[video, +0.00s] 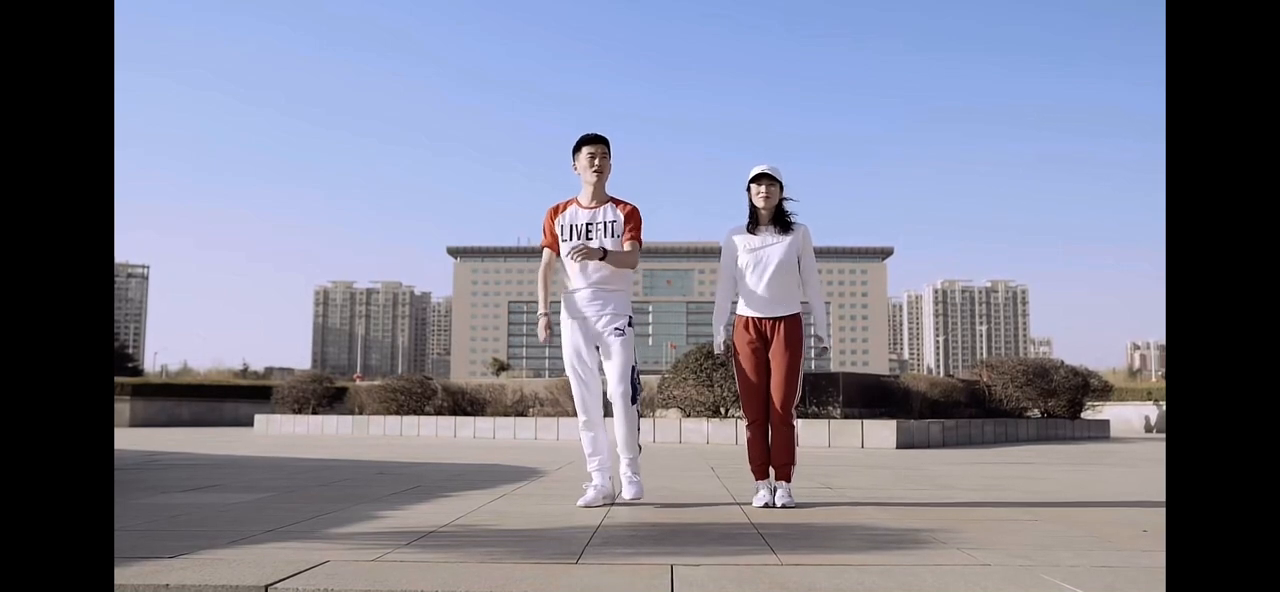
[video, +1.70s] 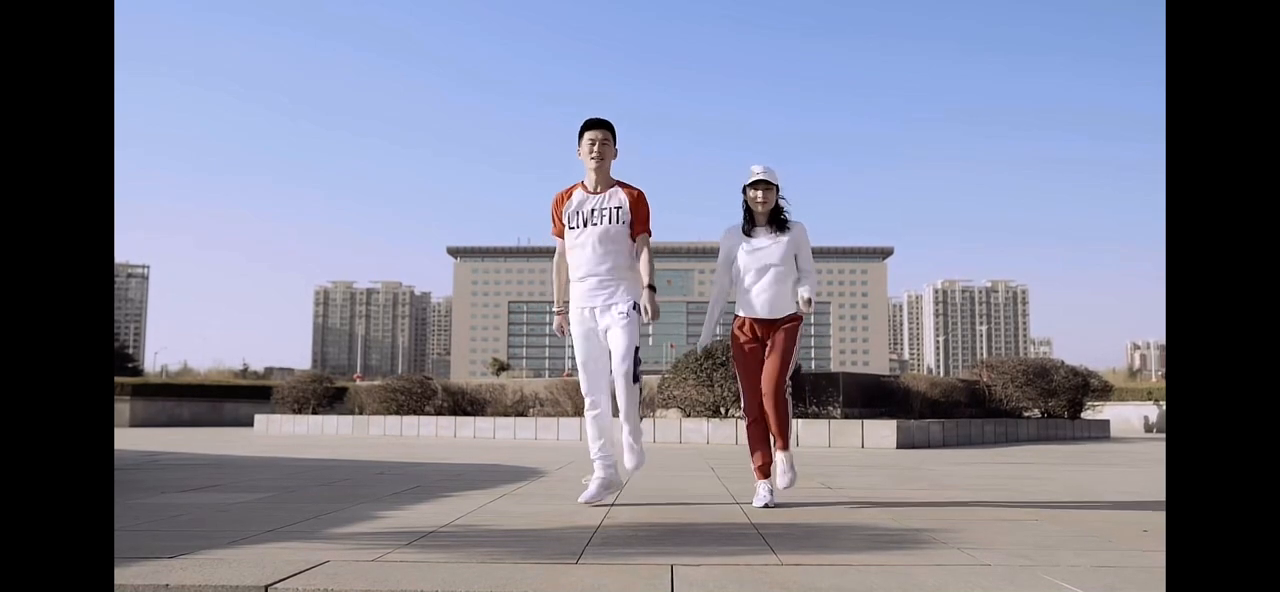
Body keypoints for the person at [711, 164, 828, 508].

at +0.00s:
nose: (763, 190)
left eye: (770, 185)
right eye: (757, 185)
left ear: (781, 193)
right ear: (749, 193)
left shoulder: (798, 233)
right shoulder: (735, 238)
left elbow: (812, 283)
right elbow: (725, 287)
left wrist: (821, 328)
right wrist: (719, 330)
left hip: (786, 325)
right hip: (746, 326)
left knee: (781, 405)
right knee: (754, 408)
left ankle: (783, 483)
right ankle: (762, 483)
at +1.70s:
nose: (761, 194)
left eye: (767, 188)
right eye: (755, 188)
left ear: (776, 193)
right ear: (746, 194)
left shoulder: (795, 232)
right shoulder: (733, 237)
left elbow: (807, 274)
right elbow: (721, 289)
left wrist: (806, 293)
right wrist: (706, 332)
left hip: (785, 323)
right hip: (746, 326)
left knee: (771, 389)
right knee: (752, 404)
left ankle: (782, 452)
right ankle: (762, 480)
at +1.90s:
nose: (766, 184)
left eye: (773, 179)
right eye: (761, 178)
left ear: (782, 185)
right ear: (752, 184)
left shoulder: (796, 227)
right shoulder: (734, 228)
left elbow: (806, 273)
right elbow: (728, 272)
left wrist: (808, 311)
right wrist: (742, 306)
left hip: (785, 307)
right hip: (746, 312)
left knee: (771, 339)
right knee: (753, 400)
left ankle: (777, 417)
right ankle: (760, 478)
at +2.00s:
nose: (771, 185)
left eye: (777, 179)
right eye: (765, 179)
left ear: (786, 185)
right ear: (755, 185)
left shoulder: (795, 225)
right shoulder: (736, 222)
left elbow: (803, 263)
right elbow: (721, 261)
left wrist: (811, 297)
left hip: (785, 311)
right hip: (747, 311)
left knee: (775, 378)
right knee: (750, 398)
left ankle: (779, 459)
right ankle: (758, 471)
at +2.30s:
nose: (773, 180)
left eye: (779, 174)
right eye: (767, 174)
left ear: (788, 180)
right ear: (757, 180)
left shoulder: (803, 220)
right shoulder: (742, 218)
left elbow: (813, 269)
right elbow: (732, 259)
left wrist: (818, 312)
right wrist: (747, 279)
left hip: (788, 309)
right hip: (749, 308)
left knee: (784, 394)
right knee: (748, 393)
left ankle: (784, 476)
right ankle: (756, 445)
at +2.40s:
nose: (774, 190)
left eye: (779, 185)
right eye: (768, 185)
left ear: (789, 191)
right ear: (758, 192)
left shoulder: (806, 232)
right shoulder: (743, 234)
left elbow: (815, 272)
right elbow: (732, 287)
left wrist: (808, 301)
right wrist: (720, 326)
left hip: (793, 316)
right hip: (754, 314)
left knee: (785, 402)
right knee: (759, 339)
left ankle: (783, 484)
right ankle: (755, 403)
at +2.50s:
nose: (775, 187)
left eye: (781, 182)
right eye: (768, 183)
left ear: (790, 188)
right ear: (758, 190)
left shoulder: (807, 229)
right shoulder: (745, 233)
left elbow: (817, 272)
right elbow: (728, 284)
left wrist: (805, 264)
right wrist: (717, 330)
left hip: (794, 320)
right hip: (755, 315)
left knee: (783, 406)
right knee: (763, 329)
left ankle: (782, 483)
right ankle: (760, 407)